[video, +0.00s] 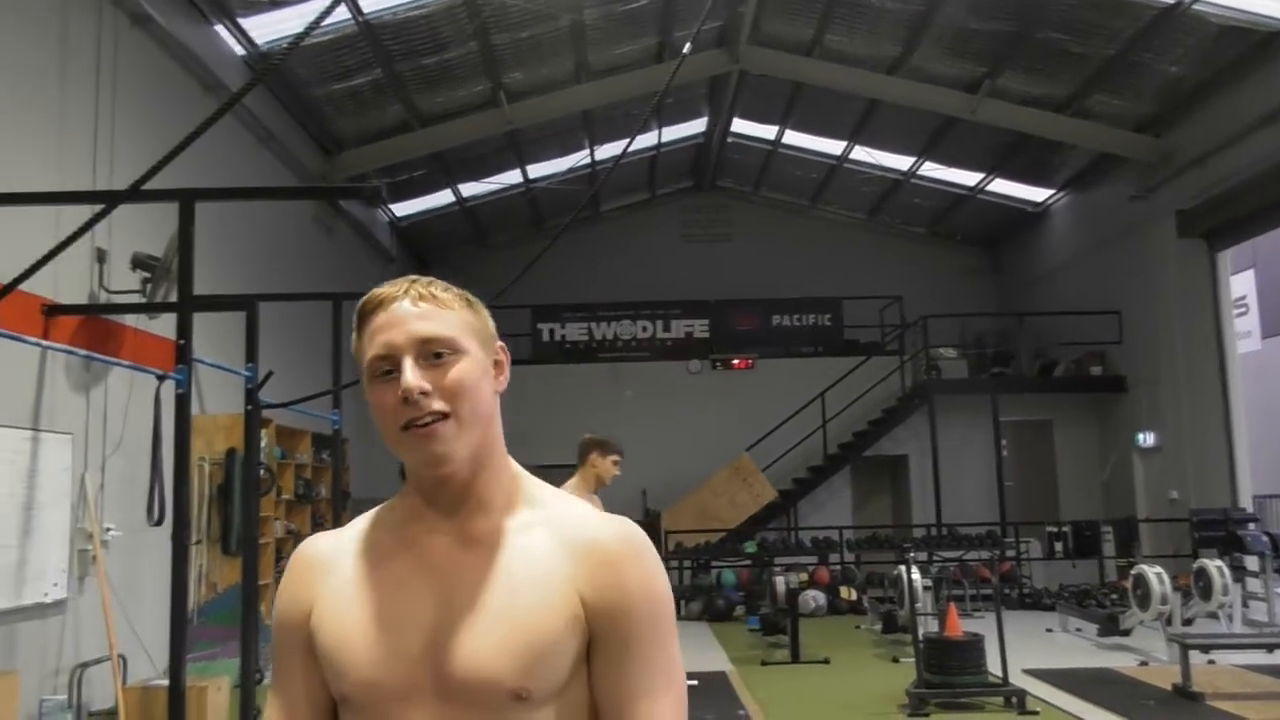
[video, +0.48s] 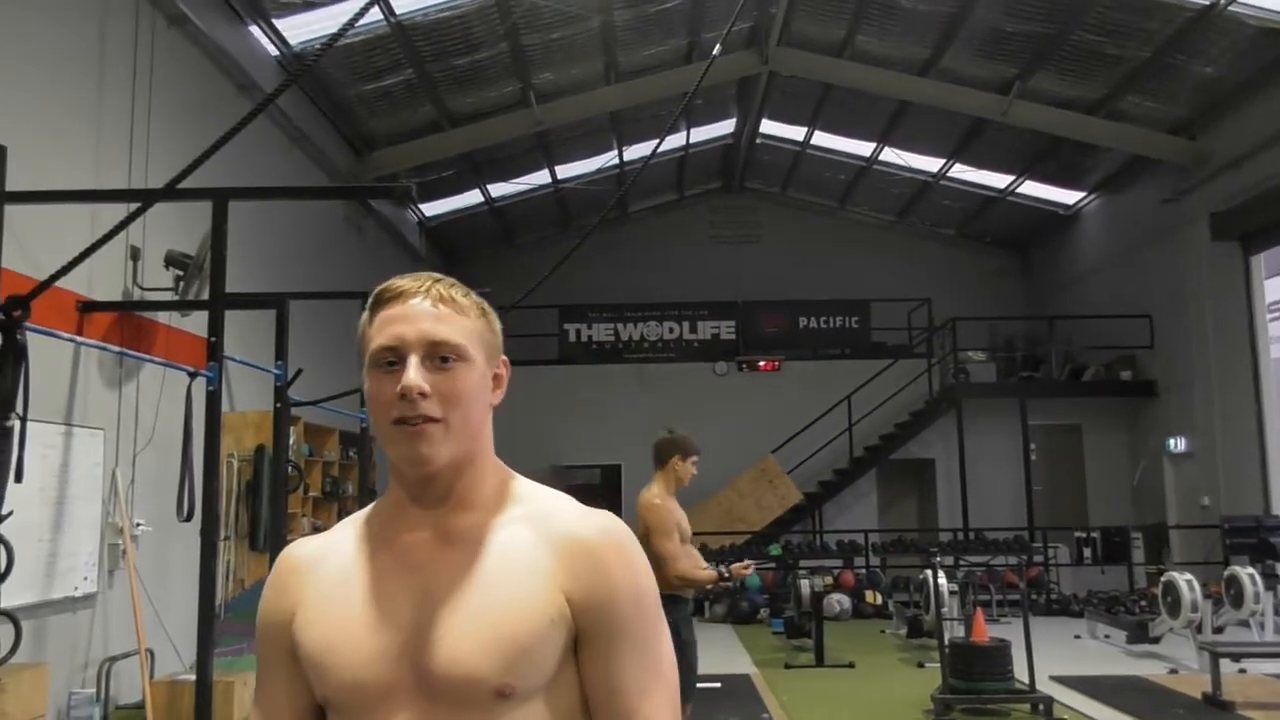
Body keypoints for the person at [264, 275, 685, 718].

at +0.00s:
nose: (411, 387)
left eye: (438, 356)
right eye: (385, 370)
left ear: (499, 368)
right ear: (367, 398)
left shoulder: (608, 557)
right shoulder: (316, 571)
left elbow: (655, 710)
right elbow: (288, 713)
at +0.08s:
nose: (405, 386)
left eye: (433, 356)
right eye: (379, 368)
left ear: (492, 367)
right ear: (361, 396)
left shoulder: (601, 552)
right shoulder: (309, 569)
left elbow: (654, 711)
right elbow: (279, 711)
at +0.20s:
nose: (399, 386)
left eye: (427, 357)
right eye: (374, 366)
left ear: (486, 370)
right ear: (355, 394)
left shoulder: (592, 547)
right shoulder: (302, 567)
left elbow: (654, 711)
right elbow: (275, 711)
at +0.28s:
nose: (399, 385)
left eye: (428, 357)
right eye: (375, 365)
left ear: (486, 373)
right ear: (356, 391)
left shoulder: (589, 546)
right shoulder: (300, 568)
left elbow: (652, 709)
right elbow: (278, 711)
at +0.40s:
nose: (406, 385)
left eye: (437, 358)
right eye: (384, 362)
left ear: (492, 379)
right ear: (360, 389)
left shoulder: (589, 548)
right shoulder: (300, 571)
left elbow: (650, 709)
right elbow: (277, 709)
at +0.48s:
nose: (410, 385)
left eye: (443, 360)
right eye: (389, 362)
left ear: (496, 383)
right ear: (365, 388)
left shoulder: (592, 553)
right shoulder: (300, 575)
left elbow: (650, 709)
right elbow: (277, 709)